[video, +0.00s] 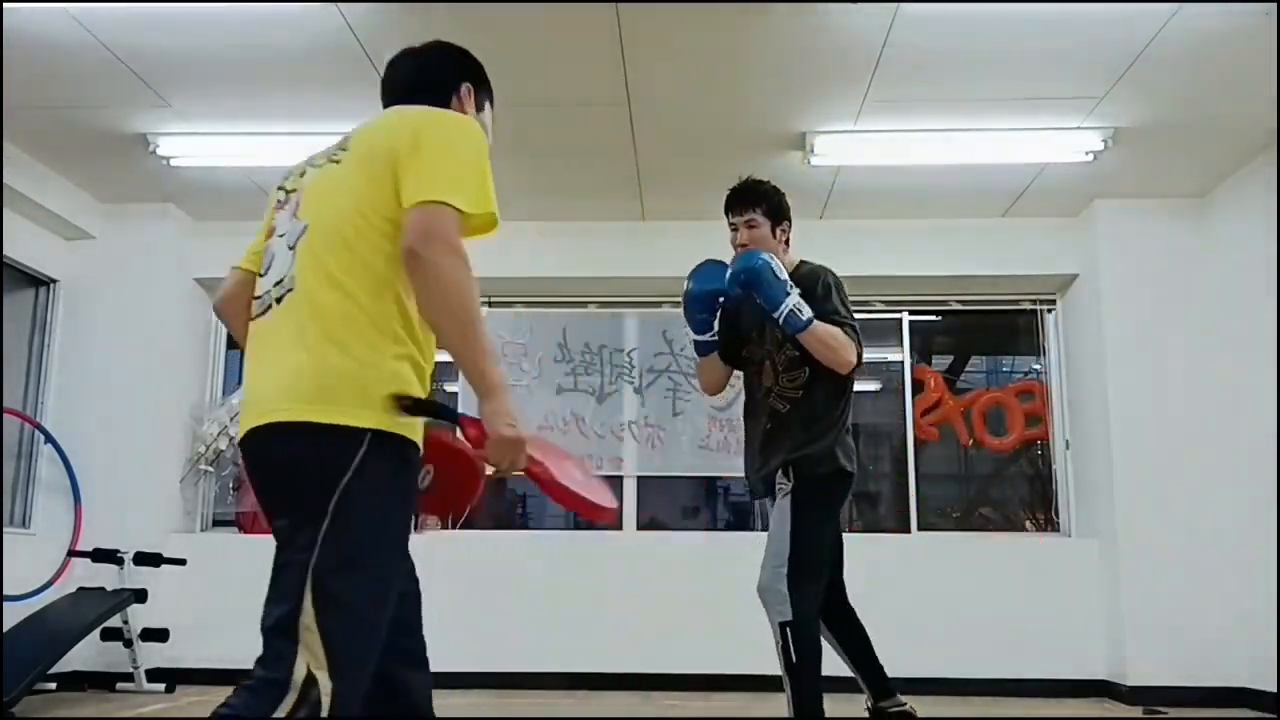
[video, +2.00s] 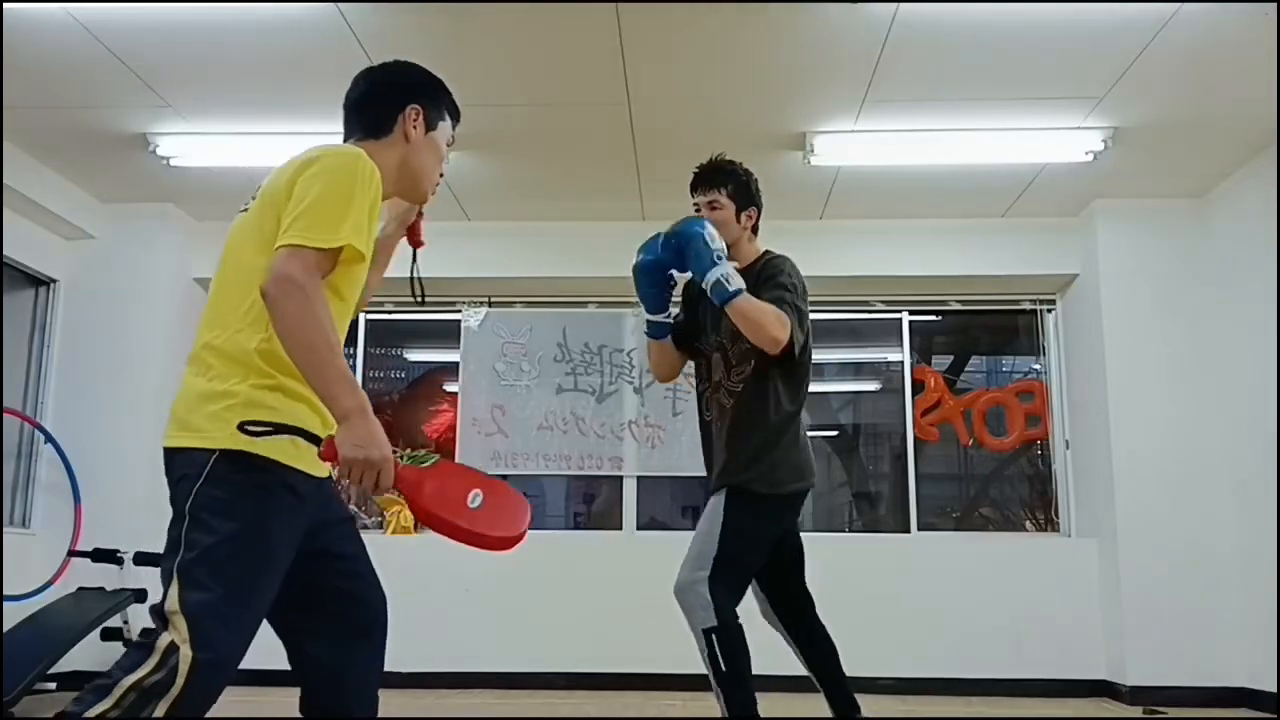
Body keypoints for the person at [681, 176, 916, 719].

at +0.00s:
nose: (741, 237)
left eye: (752, 226)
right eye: (734, 228)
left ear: (783, 232)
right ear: (730, 236)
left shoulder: (816, 282)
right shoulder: (739, 299)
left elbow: (846, 358)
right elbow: (714, 384)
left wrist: (786, 304)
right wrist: (704, 330)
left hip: (817, 460)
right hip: (776, 465)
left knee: (783, 590)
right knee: (823, 593)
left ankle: (806, 712)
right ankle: (886, 700)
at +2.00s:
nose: (701, 217)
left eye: (713, 205)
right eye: (695, 207)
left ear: (749, 216)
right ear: (696, 219)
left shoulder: (777, 274)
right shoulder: (704, 288)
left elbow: (775, 335)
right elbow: (665, 368)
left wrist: (716, 272)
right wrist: (656, 310)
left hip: (766, 470)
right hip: (742, 470)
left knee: (699, 591)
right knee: (787, 606)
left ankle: (742, 714)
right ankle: (848, 711)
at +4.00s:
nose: (510, 152)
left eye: (517, 137)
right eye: (509, 141)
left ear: (560, 135)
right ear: (568, 136)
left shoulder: (563, 179)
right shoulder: (627, 197)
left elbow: (450, 176)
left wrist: (378, 107)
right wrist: (524, 231)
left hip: (613, 427)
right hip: (672, 428)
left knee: (522, 598)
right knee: (669, 578)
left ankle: (502, 714)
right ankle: (735, 711)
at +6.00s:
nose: (940, 232)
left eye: (949, 217)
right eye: (936, 222)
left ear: (990, 216)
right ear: (989, 221)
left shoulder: (1000, 262)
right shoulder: (1023, 271)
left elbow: (924, 267)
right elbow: (974, 380)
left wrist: (844, 208)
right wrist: (935, 325)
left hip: (1020, 473)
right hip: (1067, 471)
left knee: (969, 606)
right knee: (1073, 596)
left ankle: (983, 714)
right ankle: (1142, 710)